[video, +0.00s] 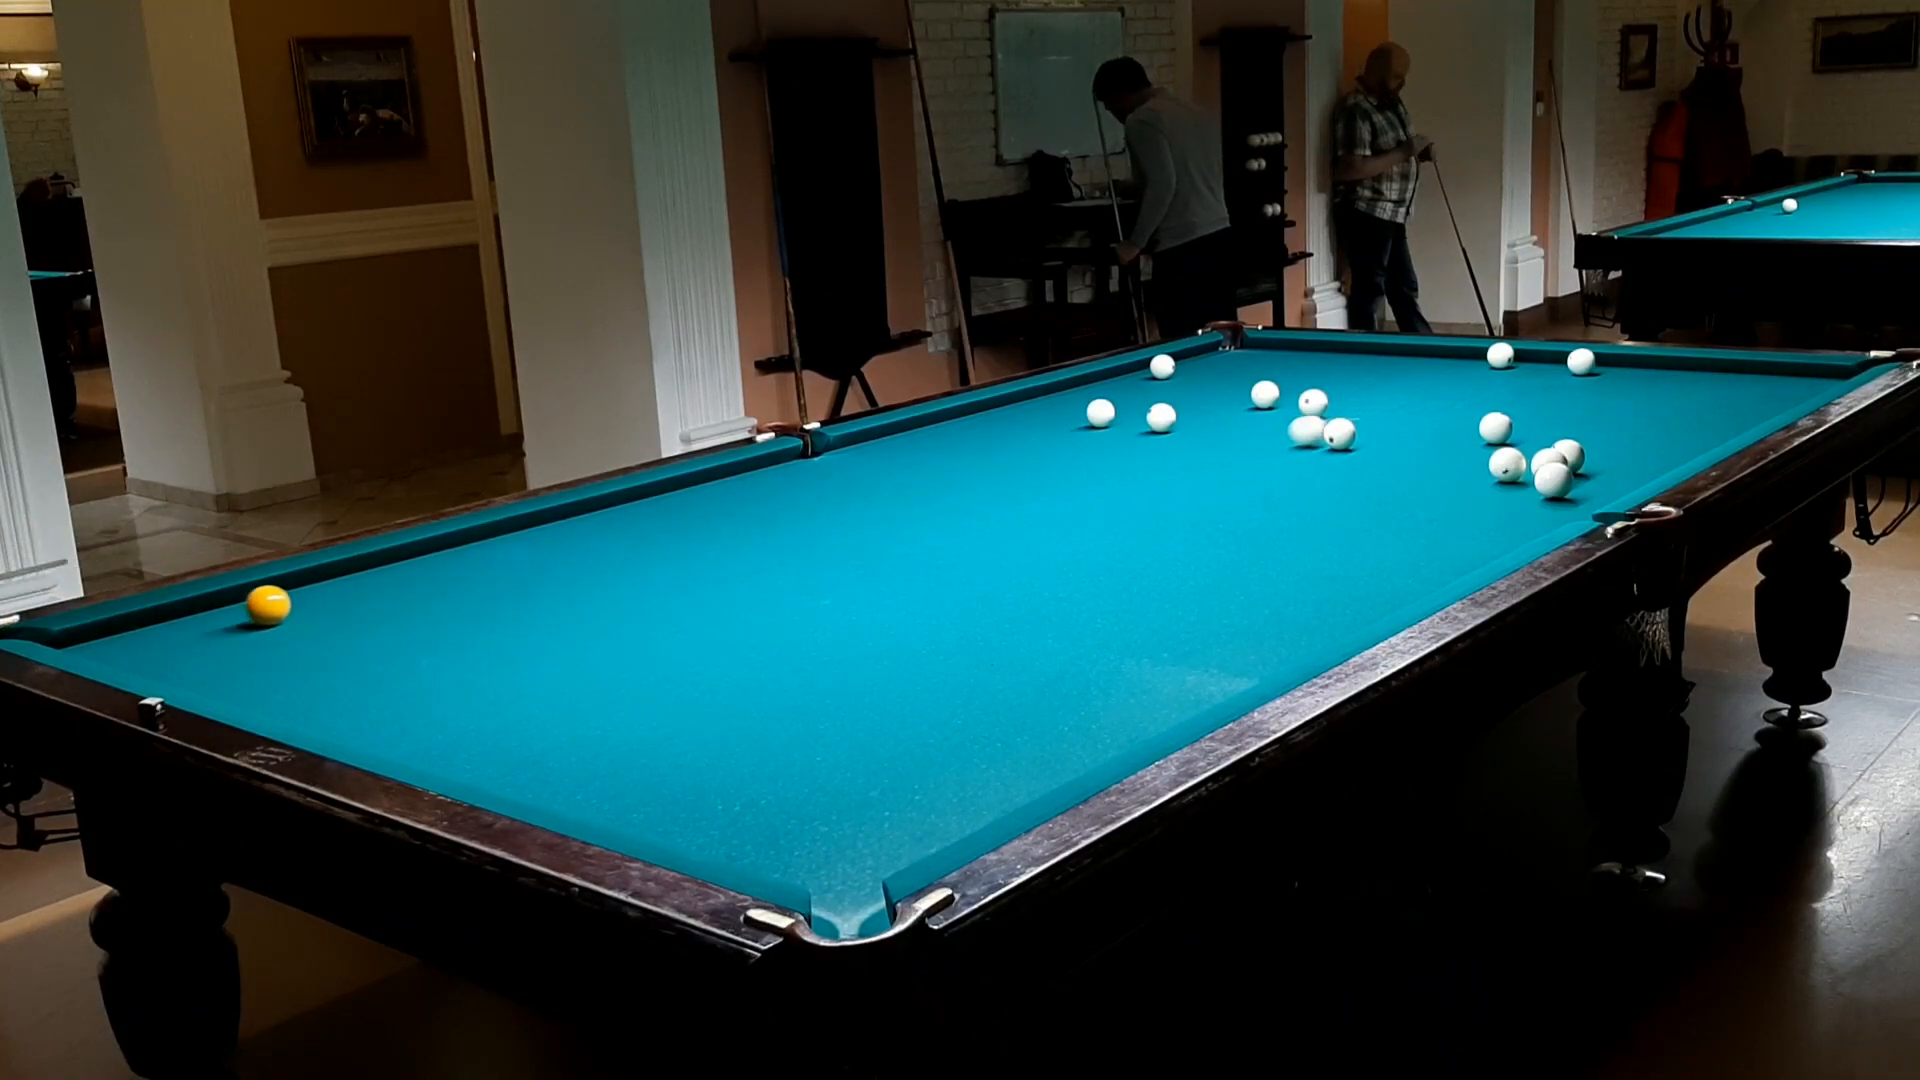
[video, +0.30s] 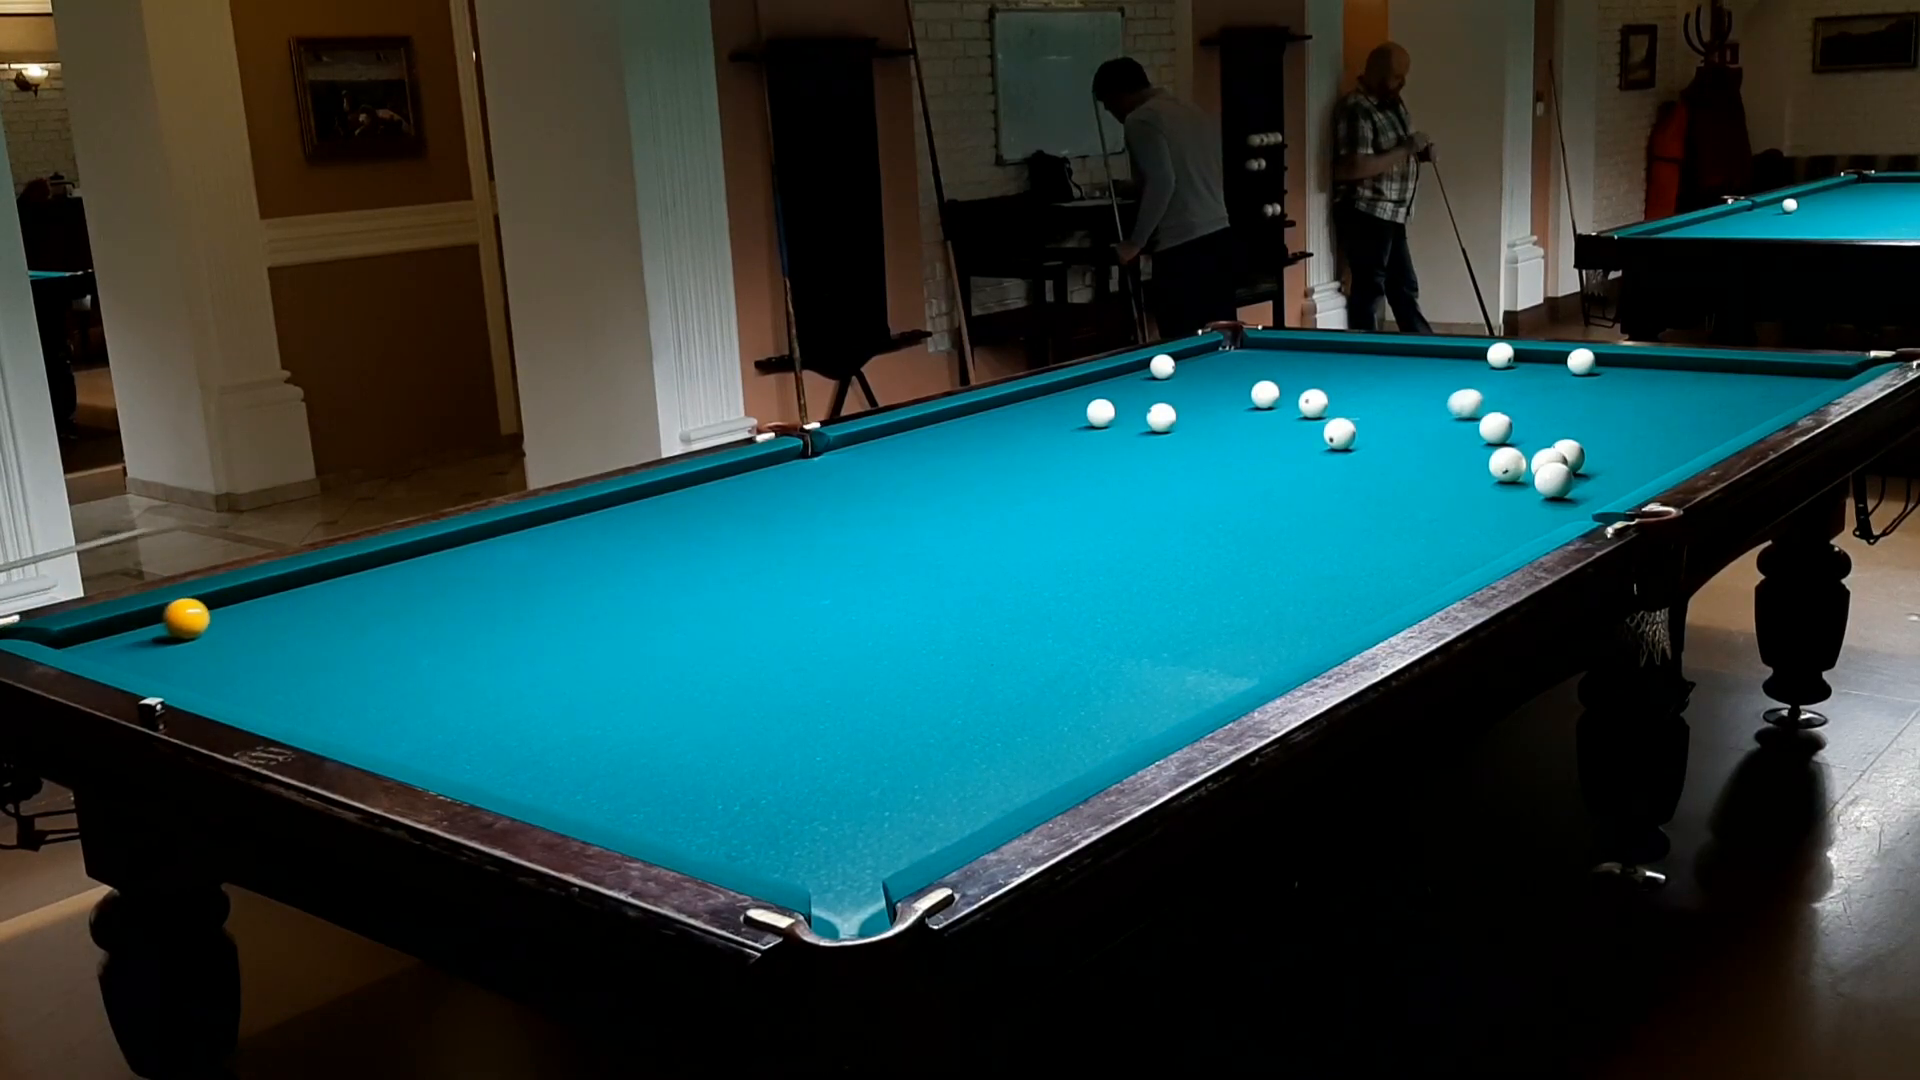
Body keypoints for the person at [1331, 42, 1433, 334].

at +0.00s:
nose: (1402, 84)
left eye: (1404, 77)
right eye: (1397, 77)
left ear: (1401, 74)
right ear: (1377, 73)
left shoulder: (1393, 104)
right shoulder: (1354, 108)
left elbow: (1389, 155)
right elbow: (1350, 169)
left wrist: (1418, 154)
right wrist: (1402, 153)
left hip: (1390, 217)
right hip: (1363, 216)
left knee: (1404, 289)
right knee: (1366, 292)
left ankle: (1425, 353)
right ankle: (1363, 359)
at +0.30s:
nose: (1403, 83)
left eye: (1404, 76)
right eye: (1397, 76)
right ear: (1377, 72)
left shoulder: (1394, 105)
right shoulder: (1355, 107)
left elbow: (1391, 156)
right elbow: (1355, 167)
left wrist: (1420, 154)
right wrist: (1405, 151)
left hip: (1390, 217)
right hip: (1363, 216)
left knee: (1404, 290)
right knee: (1367, 292)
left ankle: (1425, 352)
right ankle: (1364, 359)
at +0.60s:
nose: (1403, 81)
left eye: (1404, 74)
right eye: (1397, 74)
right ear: (1377, 70)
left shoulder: (1393, 105)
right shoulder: (1354, 107)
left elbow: (1390, 156)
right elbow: (1351, 168)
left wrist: (1418, 156)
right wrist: (1399, 154)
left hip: (1390, 217)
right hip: (1363, 215)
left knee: (1404, 290)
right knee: (1366, 291)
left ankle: (1425, 353)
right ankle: (1363, 359)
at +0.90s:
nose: (1402, 80)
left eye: (1404, 73)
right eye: (1396, 73)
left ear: (1400, 72)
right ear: (1377, 70)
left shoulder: (1393, 104)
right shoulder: (1354, 107)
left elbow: (1390, 152)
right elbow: (1350, 167)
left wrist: (1416, 151)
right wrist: (1403, 154)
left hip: (1390, 216)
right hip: (1363, 215)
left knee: (1404, 289)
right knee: (1367, 291)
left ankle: (1425, 353)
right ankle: (1362, 358)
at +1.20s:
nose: (1402, 80)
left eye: (1404, 73)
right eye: (1396, 73)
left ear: (1401, 72)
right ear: (1376, 70)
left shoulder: (1393, 104)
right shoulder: (1354, 107)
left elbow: (1390, 154)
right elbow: (1350, 167)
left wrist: (1418, 155)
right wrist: (1399, 155)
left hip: (1390, 216)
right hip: (1363, 215)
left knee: (1404, 289)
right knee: (1366, 292)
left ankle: (1425, 353)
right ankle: (1363, 359)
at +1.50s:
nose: (1401, 78)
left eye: (1403, 71)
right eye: (1395, 71)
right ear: (1375, 70)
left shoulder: (1393, 104)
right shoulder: (1354, 106)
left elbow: (1389, 157)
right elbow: (1352, 167)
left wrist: (1417, 156)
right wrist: (1403, 151)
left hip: (1390, 217)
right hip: (1363, 215)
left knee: (1404, 289)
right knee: (1366, 292)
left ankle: (1426, 353)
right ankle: (1363, 359)